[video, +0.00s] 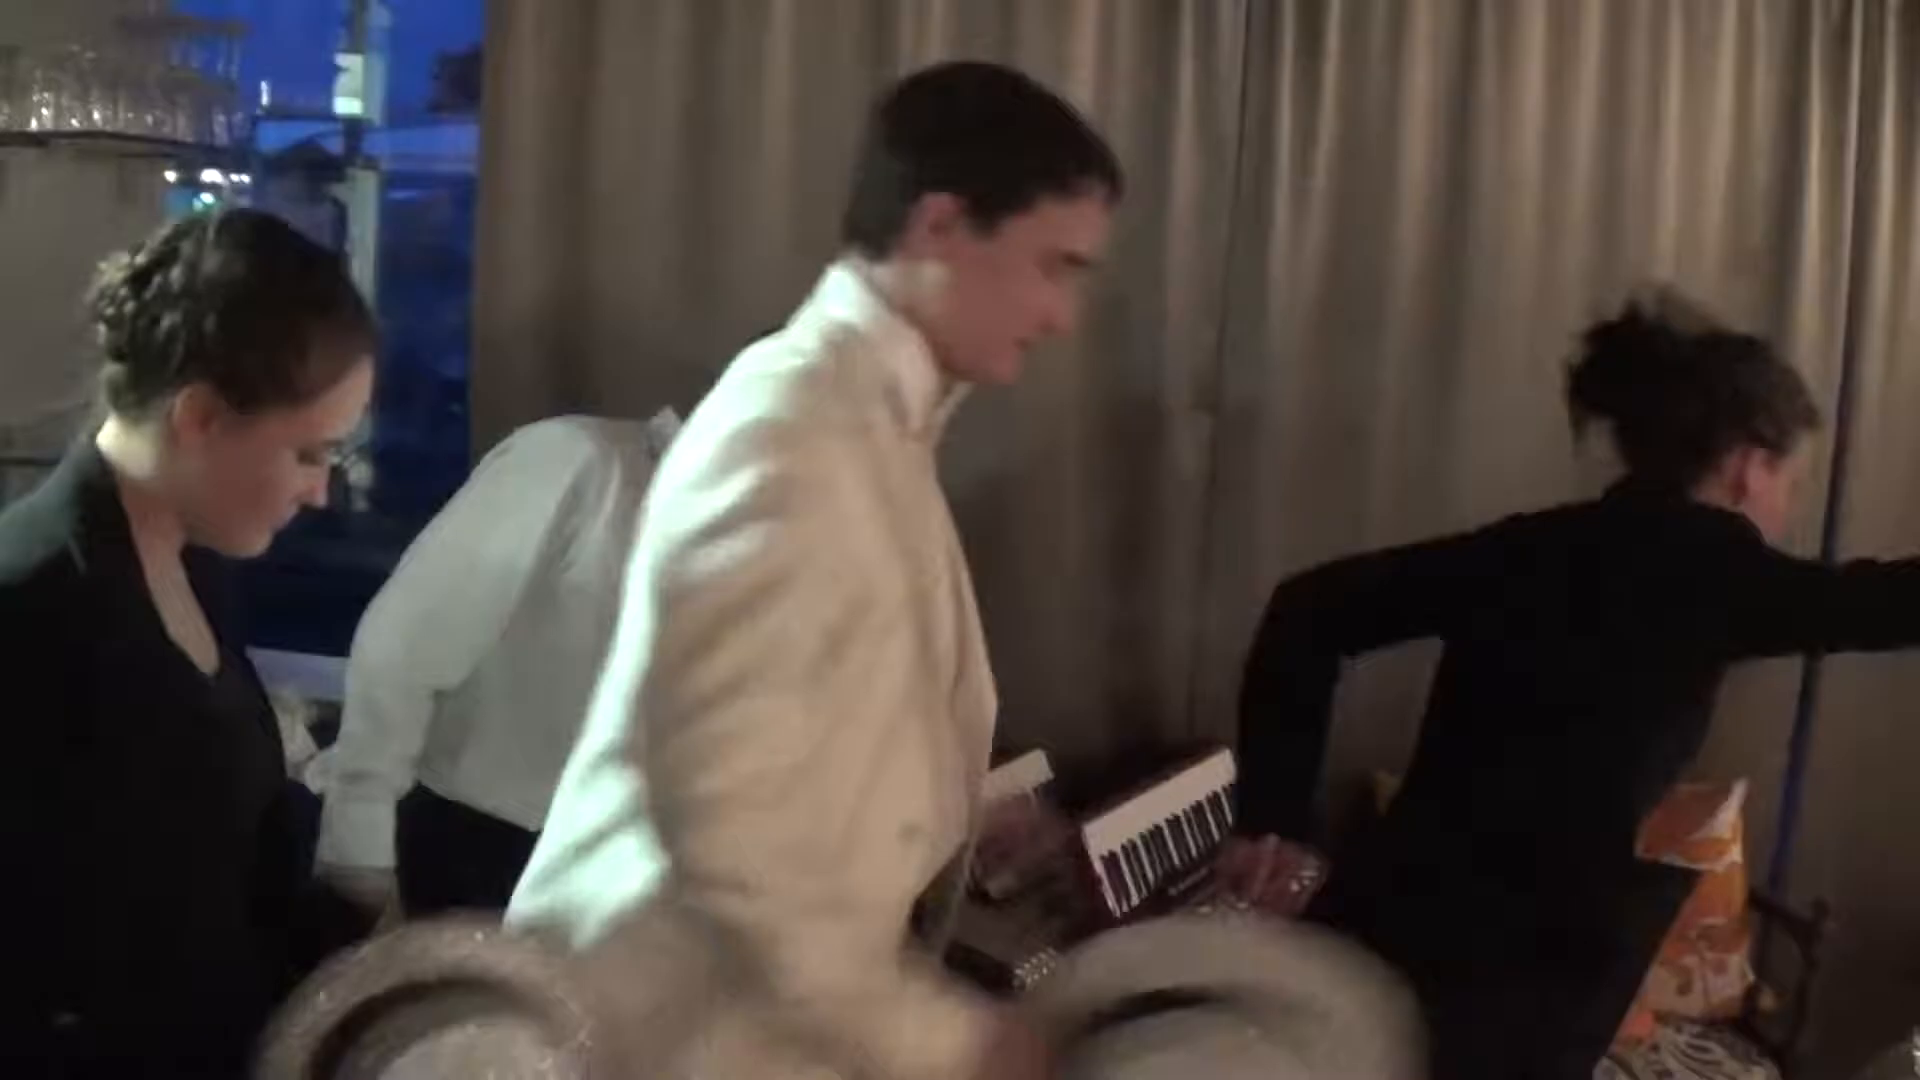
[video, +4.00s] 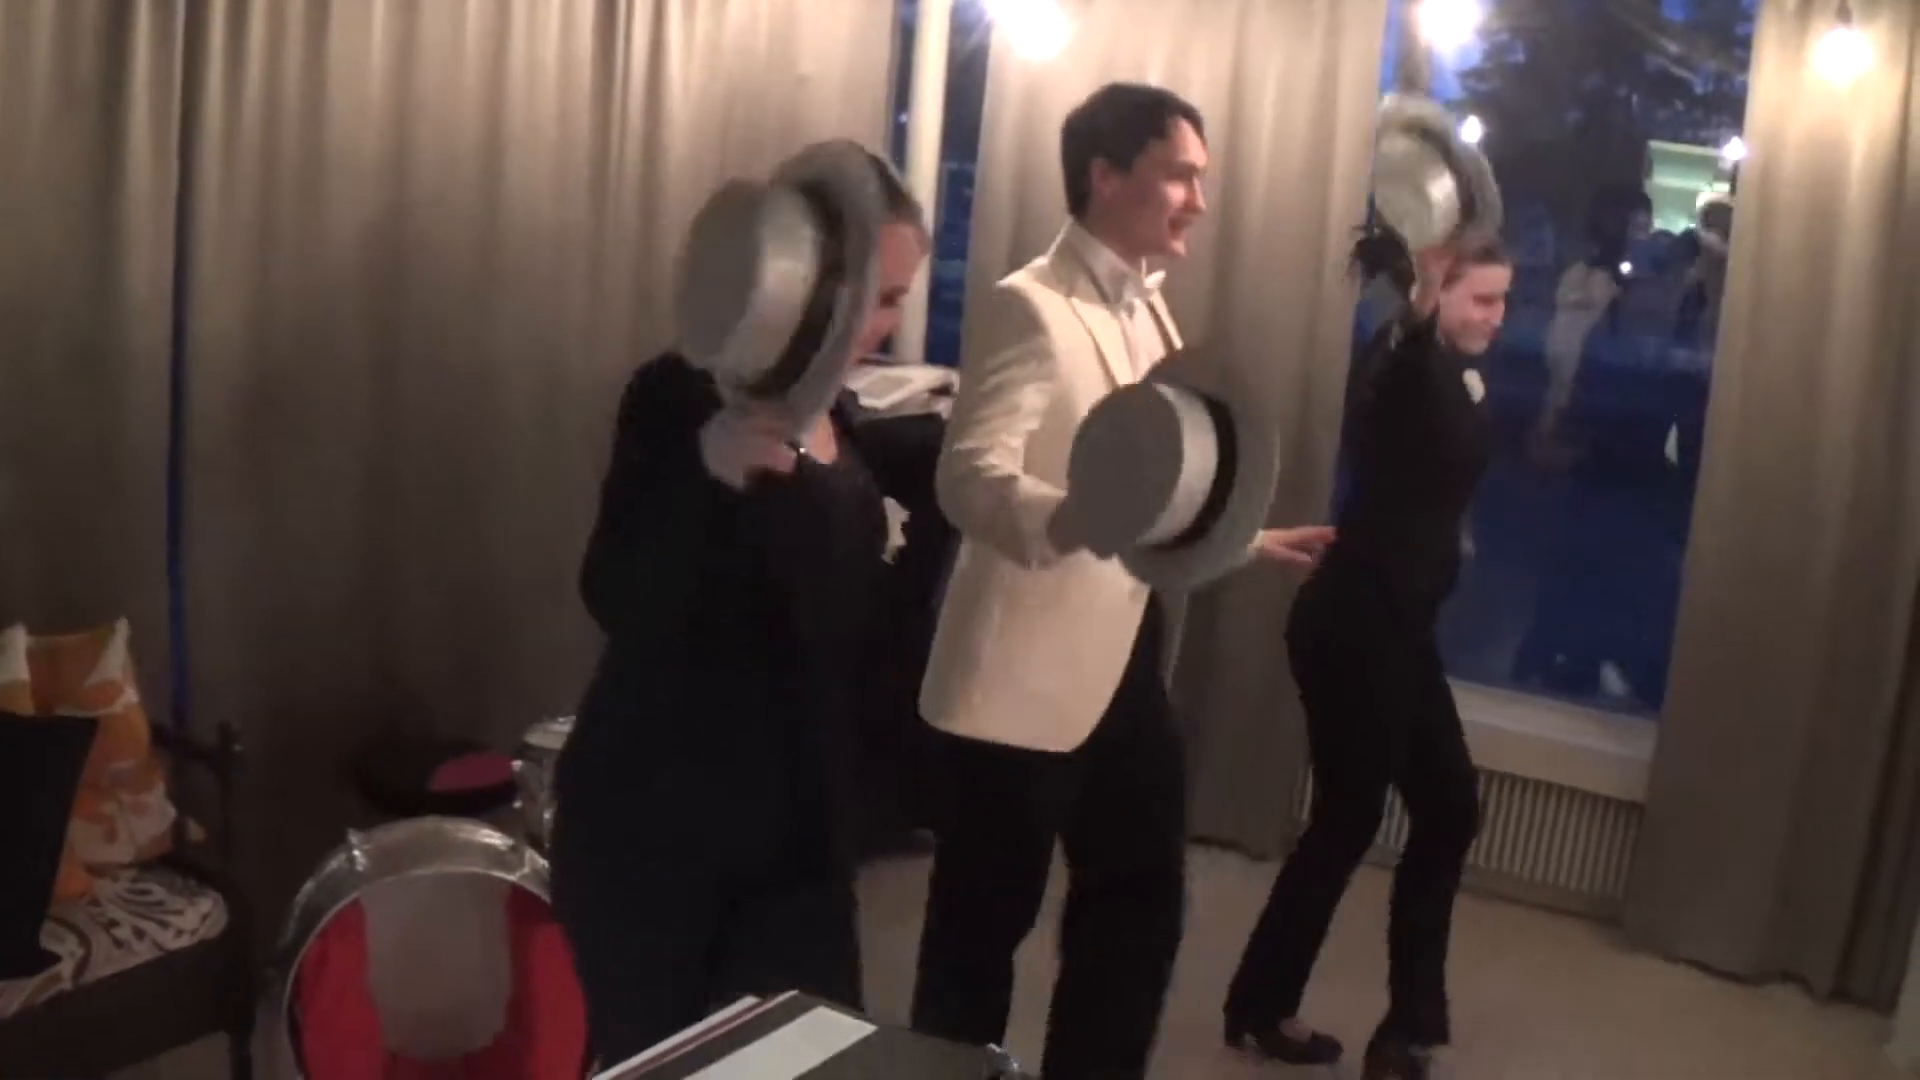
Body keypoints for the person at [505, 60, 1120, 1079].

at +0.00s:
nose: (1066, 317)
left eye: (1077, 276)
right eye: (1059, 267)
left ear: (936, 232)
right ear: (939, 227)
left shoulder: (869, 413)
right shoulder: (797, 421)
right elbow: (738, 808)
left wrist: (967, 829)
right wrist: (948, 1041)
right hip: (660, 1020)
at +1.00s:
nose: (1223, 258)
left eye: (1219, 223)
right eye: (1206, 222)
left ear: (1084, 240)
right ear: (1120, 237)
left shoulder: (899, 423)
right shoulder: (1148, 484)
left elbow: (784, 629)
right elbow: (1313, 762)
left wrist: (718, 821)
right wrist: (1578, 804)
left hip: (902, 927)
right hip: (1080, 974)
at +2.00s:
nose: (1311, 337)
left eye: (1316, 313)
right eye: (1308, 311)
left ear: (1172, 303)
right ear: (1256, 311)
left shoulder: (1034, 441)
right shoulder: (1307, 484)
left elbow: (904, 622)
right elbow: (1457, 659)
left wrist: (885, 795)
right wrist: (1569, 667)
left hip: (1030, 897)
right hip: (1203, 932)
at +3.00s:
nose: (1433, 366)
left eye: (1433, 344)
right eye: (1418, 341)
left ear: (1340, 341)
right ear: (1349, 340)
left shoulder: (1258, 406)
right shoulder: (1374, 448)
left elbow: (1167, 534)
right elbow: (1451, 593)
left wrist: (1166, 649)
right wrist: (1544, 624)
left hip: (1224, 765)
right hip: (1299, 792)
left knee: (1255, 1003)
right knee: (1280, 1016)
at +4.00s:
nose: (1198, 202)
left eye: (1202, 181)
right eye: (1181, 177)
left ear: (1125, 183)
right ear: (1105, 178)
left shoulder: (1148, 311)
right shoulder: (1025, 306)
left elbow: (1144, 500)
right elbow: (971, 476)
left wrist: (1250, 543)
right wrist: (1071, 520)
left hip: (1122, 672)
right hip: (1015, 674)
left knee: (1134, 915)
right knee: (980, 916)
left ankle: (1094, 1077)